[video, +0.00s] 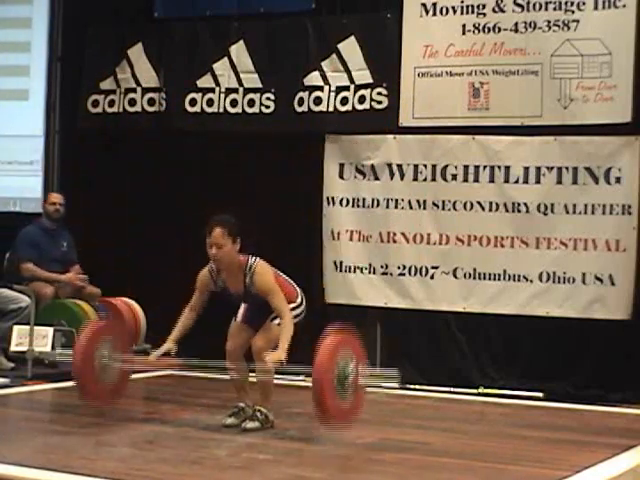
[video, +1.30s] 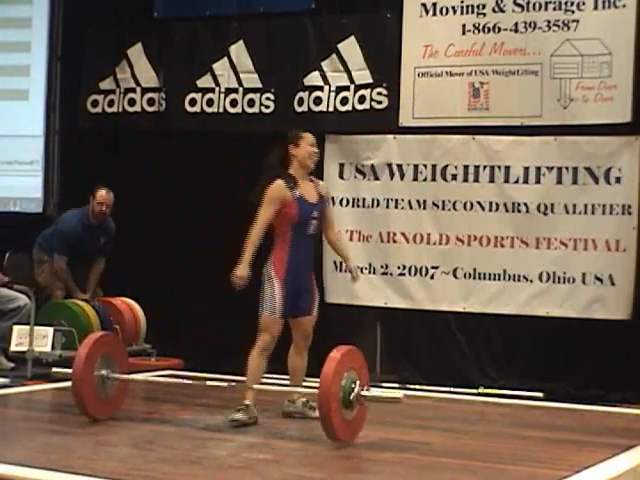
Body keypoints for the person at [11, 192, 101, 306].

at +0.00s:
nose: (57, 208)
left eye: (61, 205)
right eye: (53, 204)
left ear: (65, 208)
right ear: (44, 206)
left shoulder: (65, 234)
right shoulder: (29, 233)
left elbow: (74, 266)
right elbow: (26, 270)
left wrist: (76, 277)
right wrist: (64, 278)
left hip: (62, 281)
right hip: (34, 280)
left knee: (94, 293)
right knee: (47, 292)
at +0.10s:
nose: (66, 211)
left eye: (69, 208)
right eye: (61, 207)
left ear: (72, 212)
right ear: (52, 209)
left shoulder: (70, 237)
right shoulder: (36, 233)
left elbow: (77, 266)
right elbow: (32, 271)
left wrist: (77, 273)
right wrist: (66, 278)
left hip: (61, 279)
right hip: (37, 279)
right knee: (48, 291)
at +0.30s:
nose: (82, 220)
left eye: (85, 217)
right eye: (77, 216)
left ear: (88, 220)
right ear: (67, 216)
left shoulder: (84, 243)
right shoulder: (48, 239)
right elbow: (41, 275)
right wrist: (71, 288)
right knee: (49, 293)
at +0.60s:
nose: (97, 233)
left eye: (100, 229)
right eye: (92, 227)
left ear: (103, 231)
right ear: (83, 226)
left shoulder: (99, 248)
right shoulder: (65, 245)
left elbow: (97, 277)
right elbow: (47, 279)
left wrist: (91, 292)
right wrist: (80, 293)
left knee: (102, 297)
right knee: (52, 297)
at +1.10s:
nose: (103, 230)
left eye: (107, 226)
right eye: (99, 224)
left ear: (111, 228)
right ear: (91, 221)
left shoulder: (108, 245)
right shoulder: (69, 238)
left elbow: (100, 275)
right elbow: (54, 274)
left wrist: (93, 297)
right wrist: (81, 295)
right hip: (42, 265)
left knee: (101, 298)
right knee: (56, 296)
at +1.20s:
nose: (104, 221)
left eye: (108, 218)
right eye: (100, 216)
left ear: (112, 220)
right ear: (92, 213)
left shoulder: (108, 237)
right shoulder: (70, 232)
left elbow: (99, 270)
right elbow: (56, 271)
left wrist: (91, 297)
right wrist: (80, 296)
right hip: (43, 259)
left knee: (99, 297)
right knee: (57, 294)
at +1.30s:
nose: (103, 209)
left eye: (108, 206)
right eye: (99, 204)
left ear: (111, 208)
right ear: (91, 202)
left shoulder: (108, 227)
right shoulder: (70, 223)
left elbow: (99, 263)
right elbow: (59, 265)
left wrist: (89, 294)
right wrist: (76, 293)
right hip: (46, 253)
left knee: (96, 296)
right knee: (58, 293)